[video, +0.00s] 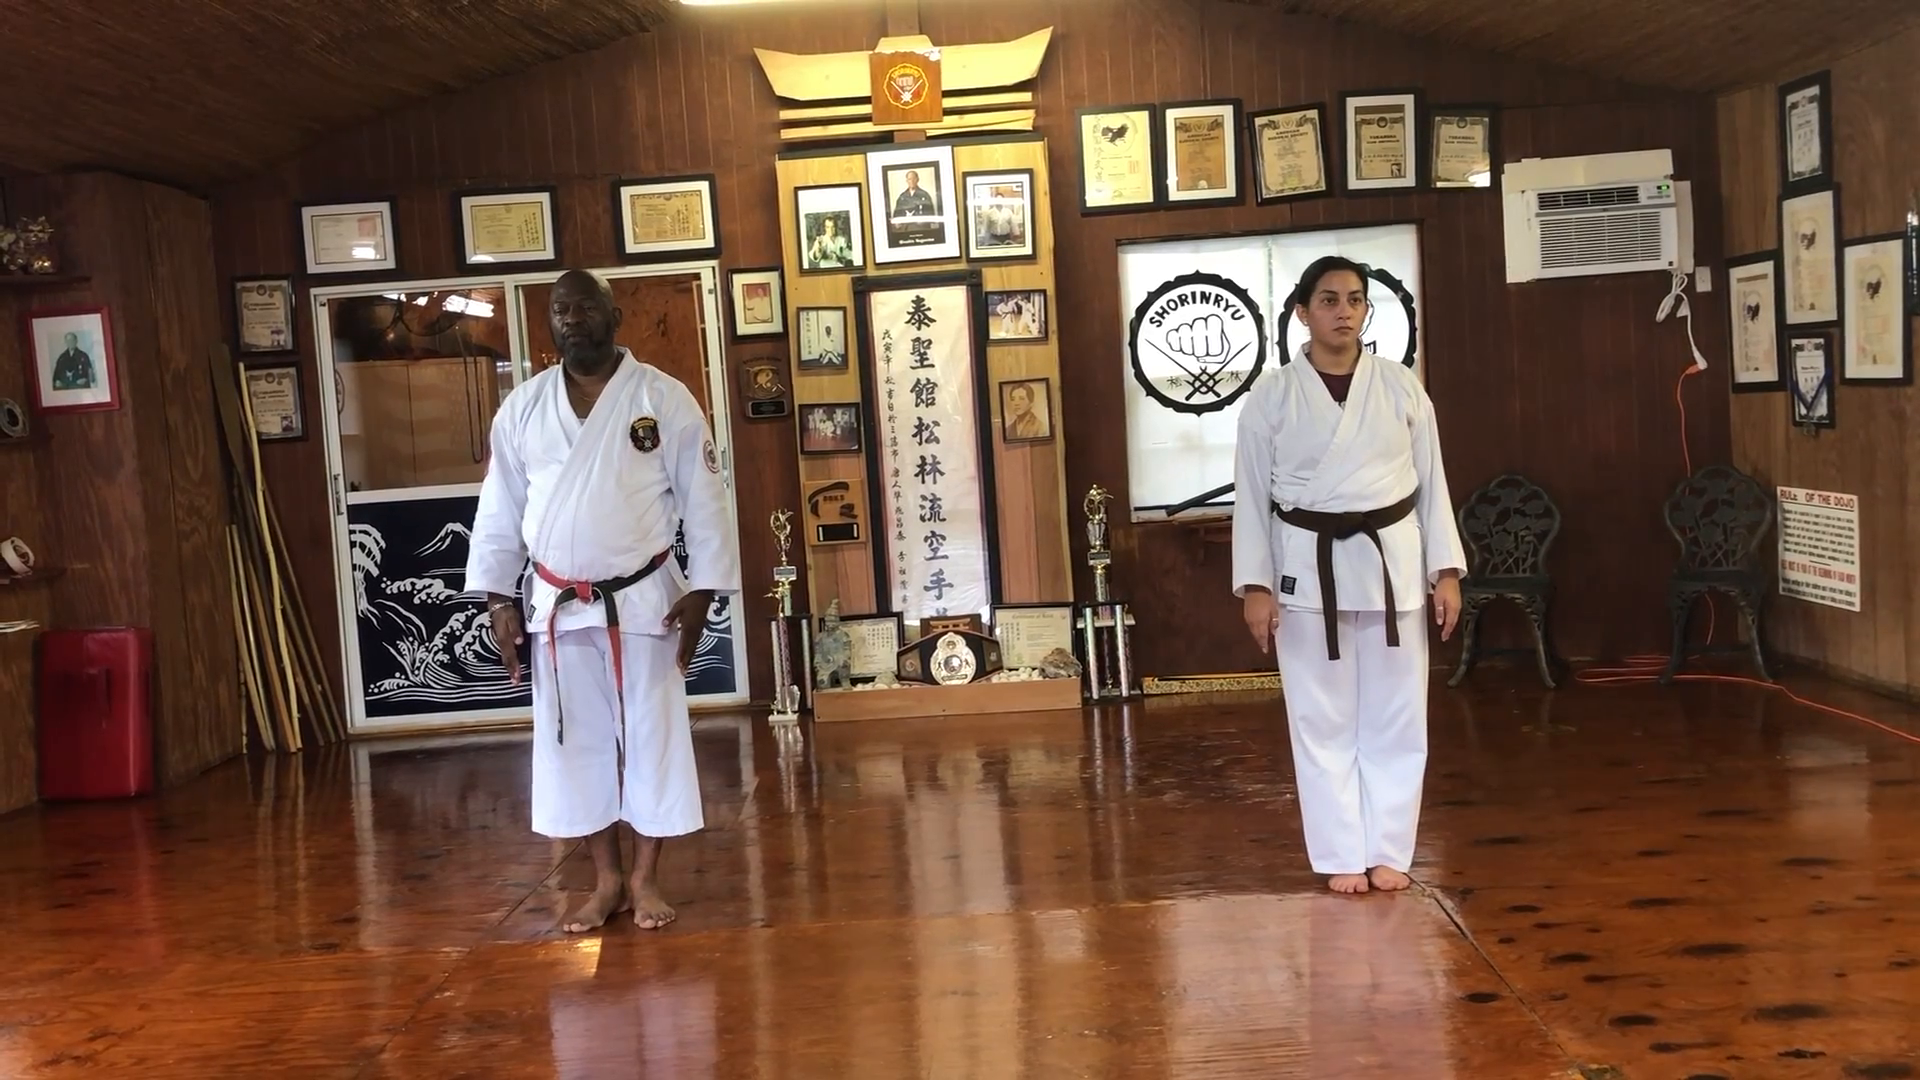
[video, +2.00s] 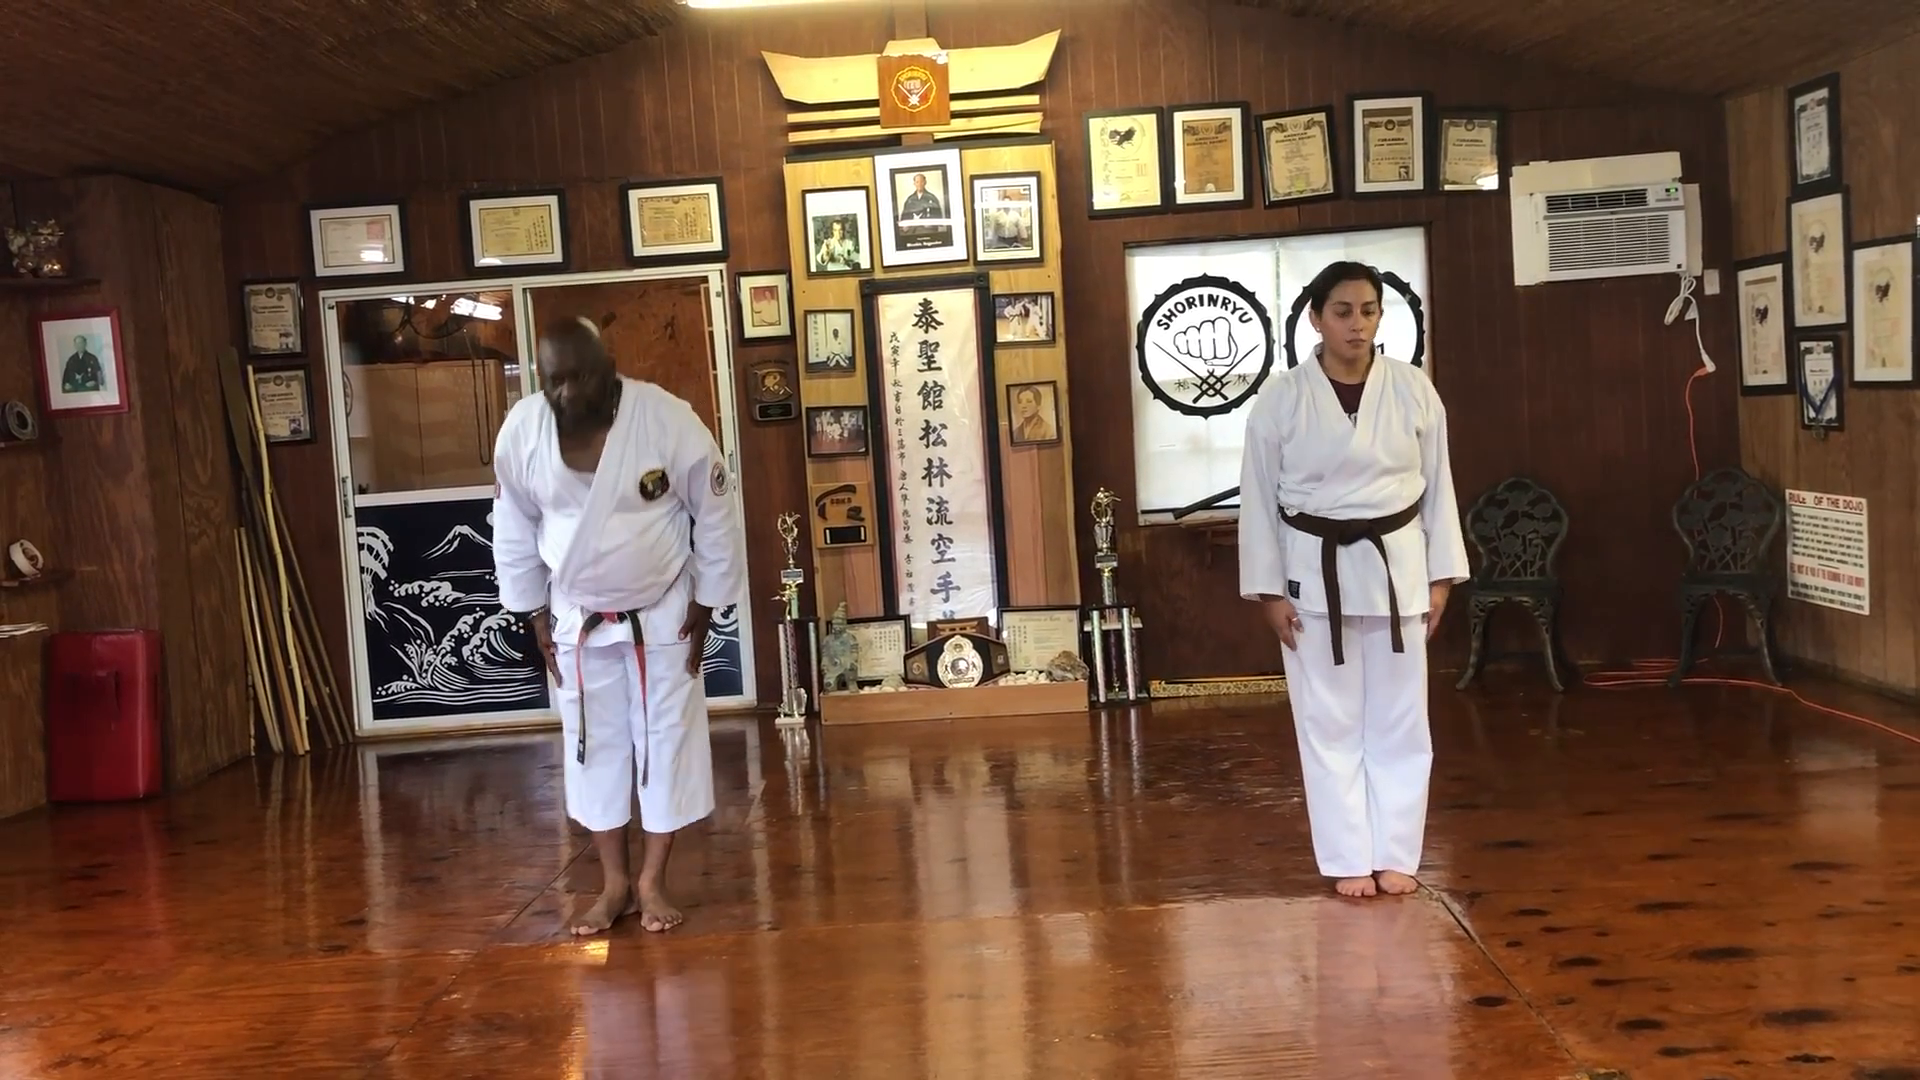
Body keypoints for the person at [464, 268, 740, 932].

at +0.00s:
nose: (571, 321)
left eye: (583, 309)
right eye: (561, 312)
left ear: (615, 317)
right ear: (548, 327)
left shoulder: (663, 398)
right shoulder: (520, 410)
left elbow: (704, 498)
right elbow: (500, 511)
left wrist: (704, 590)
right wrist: (498, 602)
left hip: (643, 593)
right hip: (557, 599)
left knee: (649, 735)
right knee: (577, 736)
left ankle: (643, 880)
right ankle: (605, 879)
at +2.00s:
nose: (560, 392)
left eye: (572, 379)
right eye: (550, 380)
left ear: (605, 367)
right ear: (540, 376)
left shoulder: (666, 420)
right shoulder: (522, 430)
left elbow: (716, 510)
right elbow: (514, 528)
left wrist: (707, 600)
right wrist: (532, 616)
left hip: (662, 608)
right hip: (577, 614)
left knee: (665, 745)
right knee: (592, 746)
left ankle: (651, 882)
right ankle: (613, 884)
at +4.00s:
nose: (583, 320)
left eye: (595, 308)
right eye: (572, 312)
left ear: (624, 319)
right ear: (558, 328)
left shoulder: (675, 398)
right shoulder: (532, 410)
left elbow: (712, 499)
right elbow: (516, 508)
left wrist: (706, 589)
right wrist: (524, 597)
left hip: (656, 590)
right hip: (572, 597)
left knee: (658, 733)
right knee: (590, 734)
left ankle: (654, 879)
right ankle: (617, 880)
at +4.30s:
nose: (592, 324)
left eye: (603, 310)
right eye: (579, 314)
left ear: (631, 316)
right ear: (566, 326)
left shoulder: (682, 394)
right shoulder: (541, 413)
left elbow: (728, 491)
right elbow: (526, 512)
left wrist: (733, 579)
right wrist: (533, 604)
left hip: (680, 585)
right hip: (591, 597)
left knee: (712, 723)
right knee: (600, 735)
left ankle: (747, 868)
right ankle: (620, 881)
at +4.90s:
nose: (693, 328)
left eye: (704, 316)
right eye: (680, 319)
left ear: (730, 323)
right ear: (664, 333)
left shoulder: (779, 406)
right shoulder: (637, 413)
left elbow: (815, 502)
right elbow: (615, 507)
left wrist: (797, 576)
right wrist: (619, 586)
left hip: (761, 594)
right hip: (668, 599)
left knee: (794, 734)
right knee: (651, 743)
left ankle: (815, 877)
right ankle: (626, 888)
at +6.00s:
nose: (686, 347)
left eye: (697, 335)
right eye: (674, 337)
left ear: (722, 343)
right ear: (657, 351)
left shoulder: (767, 429)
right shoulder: (626, 434)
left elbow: (802, 527)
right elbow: (601, 525)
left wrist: (778, 603)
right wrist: (606, 603)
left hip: (743, 617)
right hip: (652, 621)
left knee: (778, 756)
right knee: (635, 762)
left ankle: (807, 900)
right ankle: (617, 909)